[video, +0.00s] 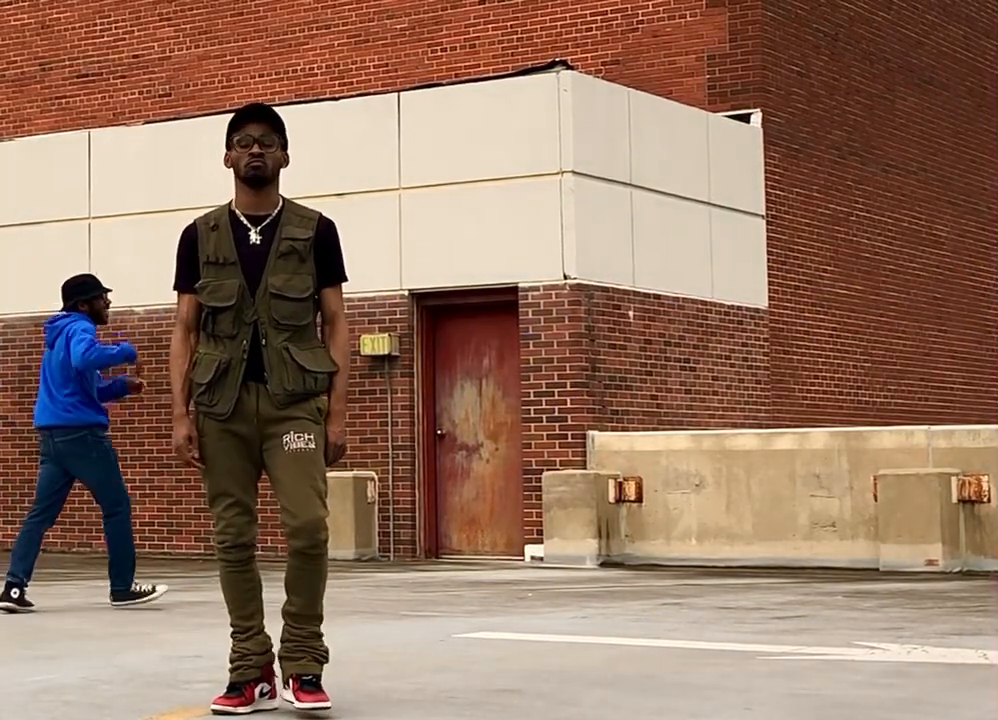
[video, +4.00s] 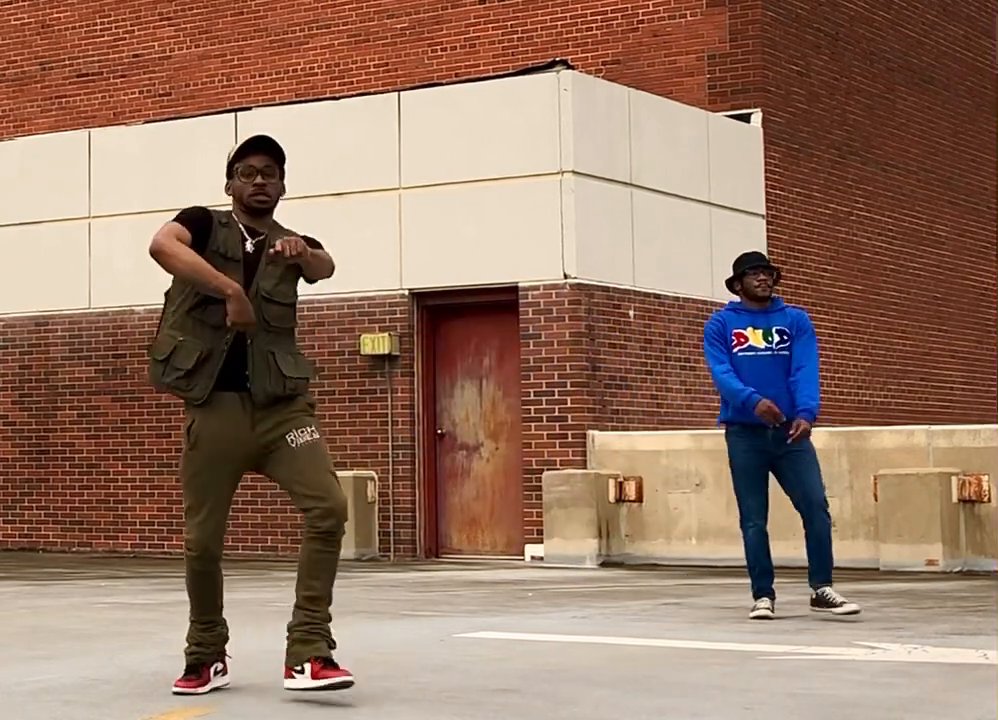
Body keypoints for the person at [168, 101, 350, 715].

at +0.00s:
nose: (255, 151)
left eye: (266, 143)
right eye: (244, 144)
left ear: (284, 156)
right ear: (228, 158)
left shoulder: (314, 229)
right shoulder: (199, 234)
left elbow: (336, 320)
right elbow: (184, 328)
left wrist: (336, 403)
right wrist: (180, 411)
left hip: (296, 403)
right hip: (221, 405)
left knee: (309, 529)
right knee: (232, 540)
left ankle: (303, 664)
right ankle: (249, 668)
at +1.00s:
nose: (324, 188)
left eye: (335, 180)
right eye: (312, 177)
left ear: (346, 188)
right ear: (286, 181)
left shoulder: (352, 256)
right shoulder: (244, 243)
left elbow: (366, 324)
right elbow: (242, 346)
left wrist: (378, 342)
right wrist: (282, 430)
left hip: (310, 415)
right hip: (234, 414)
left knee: (337, 542)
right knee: (224, 544)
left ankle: (324, 677)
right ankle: (244, 674)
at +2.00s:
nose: (295, 169)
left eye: (305, 163)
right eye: (283, 161)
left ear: (315, 179)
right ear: (262, 174)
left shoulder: (327, 241)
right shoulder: (231, 240)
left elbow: (365, 258)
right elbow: (237, 322)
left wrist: (363, 234)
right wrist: (286, 387)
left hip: (325, 410)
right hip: (252, 414)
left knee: (345, 541)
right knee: (249, 547)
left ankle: (330, 675)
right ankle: (253, 669)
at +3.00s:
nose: (276, 196)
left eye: (286, 186)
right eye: (267, 187)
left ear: (308, 186)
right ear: (256, 193)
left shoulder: (335, 223)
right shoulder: (255, 260)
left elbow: (342, 224)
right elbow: (217, 311)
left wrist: (298, 234)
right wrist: (255, 294)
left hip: (323, 400)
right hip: (261, 401)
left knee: (322, 535)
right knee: (238, 509)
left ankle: (322, 655)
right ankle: (248, 642)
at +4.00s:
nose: (259, 182)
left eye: (269, 174)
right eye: (248, 173)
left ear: (282, 185)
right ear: (230, 182)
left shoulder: (290, 242)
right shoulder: (203, 222)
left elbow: (324, 268)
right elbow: (162, 245)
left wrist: (299, 253)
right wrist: (232, 289)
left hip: (284, 410)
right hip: (216, 412)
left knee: (328, 510)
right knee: (202, 545)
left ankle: (308, 652)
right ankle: (206, 656)